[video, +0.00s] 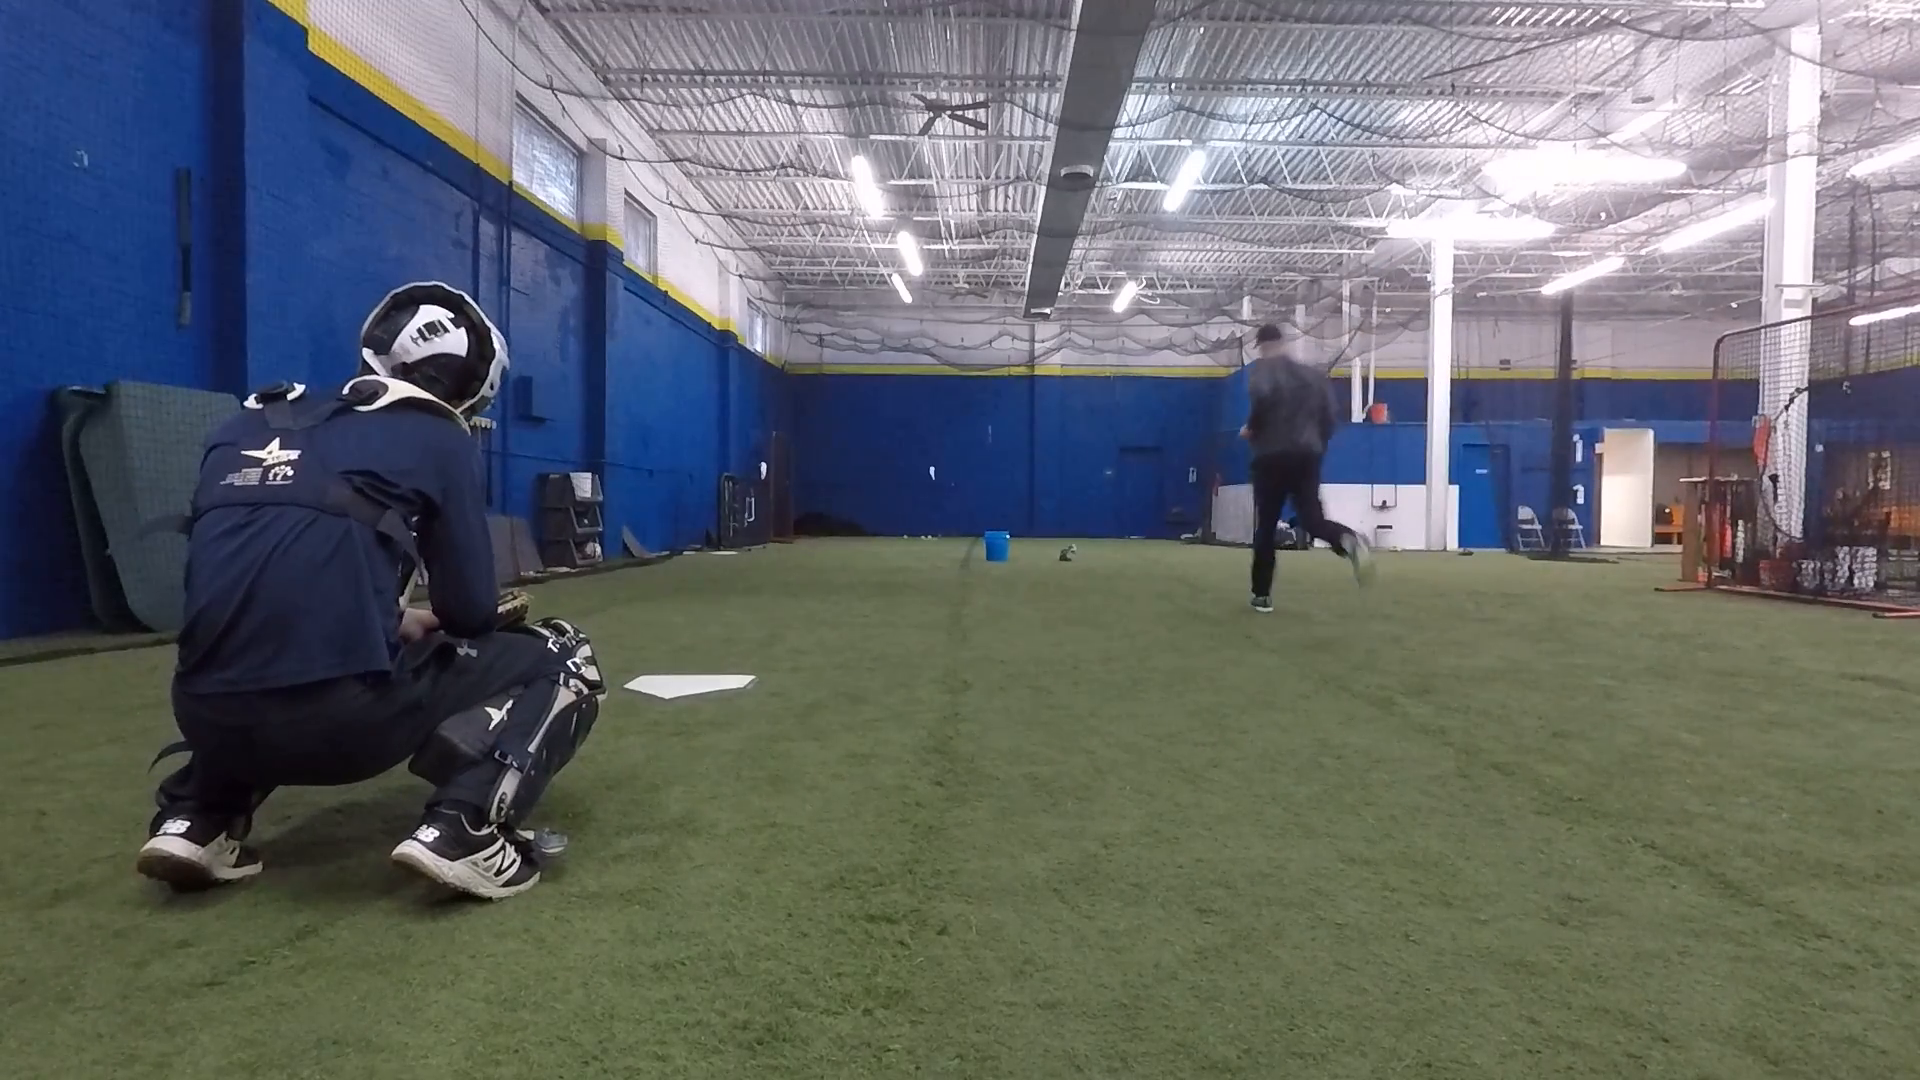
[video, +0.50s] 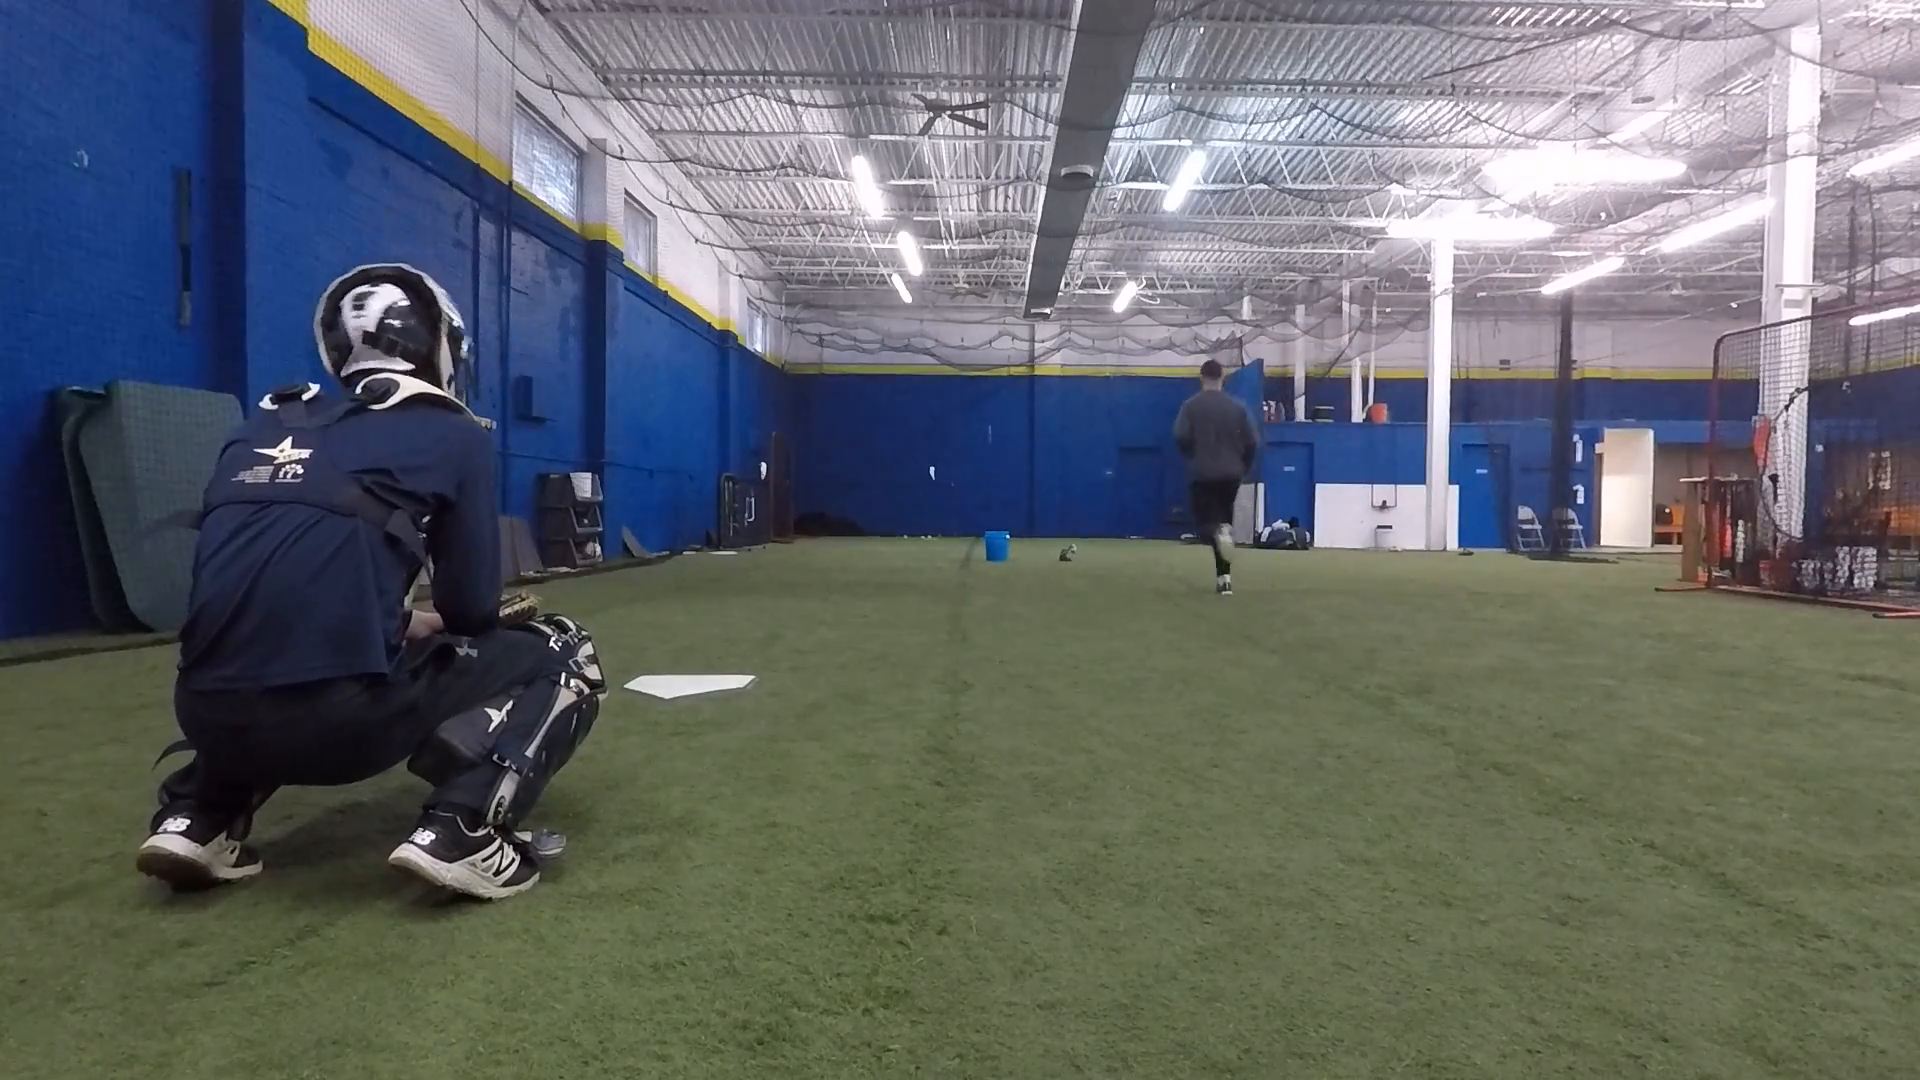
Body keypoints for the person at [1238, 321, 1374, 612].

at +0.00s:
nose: (1261, 352)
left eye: (1261, 348)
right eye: (1263, 347)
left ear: (1262, 347)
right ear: (1283, 344)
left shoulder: (1261, 369)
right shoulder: (1312, 374)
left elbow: (1263, 396)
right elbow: (1329, 416)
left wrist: (1251, 427)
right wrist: (1316, 446)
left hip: (1272, 457)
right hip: (1308, 456)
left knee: (1265, 527)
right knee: (1313, 521)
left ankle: (1262, 596)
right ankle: (1346, 540)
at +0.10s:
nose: (1245, 366)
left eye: (1244, 362)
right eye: (1248, 361)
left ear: (1243, 361)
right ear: (1265, 359)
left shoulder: (1241, 392)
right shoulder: (1291, 389)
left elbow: (1234, 431)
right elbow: (1306, 427)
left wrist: (1233, 453)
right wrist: (1307, 455)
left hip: (1254, 475)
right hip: (1289, 474)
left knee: (1253, 537)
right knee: (1286, 537)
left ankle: (1263, 595)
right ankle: (1316, 537)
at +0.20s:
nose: (1235, 364)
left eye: (1231, 360)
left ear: (1230, 360)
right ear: (1253, 358)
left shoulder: (1225, 389)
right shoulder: (1275, 385)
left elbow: (1214, 427)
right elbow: (1290, 422)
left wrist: (1229, 449)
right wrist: (1285, 450)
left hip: (1243, 467)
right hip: (1274, 465)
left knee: (1247, 529)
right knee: (1268, 520)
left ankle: (1261, 589)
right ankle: (1286, 547)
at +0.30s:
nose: (1224, 359)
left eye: (1222, 355)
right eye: (1230, 355)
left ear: (1220, 356)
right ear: (1242, 355)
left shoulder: (1210, 383)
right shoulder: (1262, 380)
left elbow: (1197, 417)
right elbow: (1278, 414)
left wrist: (1217, 424)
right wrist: (1271, 436)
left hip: (1228, 454)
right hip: (1259, 453)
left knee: (1237, 511)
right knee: (1253, 504)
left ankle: (1250, 566)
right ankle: (1254, 564)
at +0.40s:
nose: (1216, 367)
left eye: (1214, 363)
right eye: (1221, 363)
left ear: (1211, 363)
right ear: (1232, 363)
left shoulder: (1201, 389)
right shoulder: (1250, 389)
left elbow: (1185, 420)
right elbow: (1264, 422)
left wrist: (1205, 425)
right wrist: (1256, 447)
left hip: (1213, 457)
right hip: (1244, 457)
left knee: (1224, 507)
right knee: (1238, 511)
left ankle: (1240, 546)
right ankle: (1232, 574)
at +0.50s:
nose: (1212, 381)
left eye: (1207, 376)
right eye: (1218, 376)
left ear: (1202, 378)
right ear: (1222, 378)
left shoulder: (1191, 405)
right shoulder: (1237, 406)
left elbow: (1181, 435)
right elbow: (1251, 441)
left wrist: (1192, 454)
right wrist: (1242, 466)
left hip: (1202, 473)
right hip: (1231, 473)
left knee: (1204, 524)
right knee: (1224, 520)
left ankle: (1220, 532)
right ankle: (1224, 577)